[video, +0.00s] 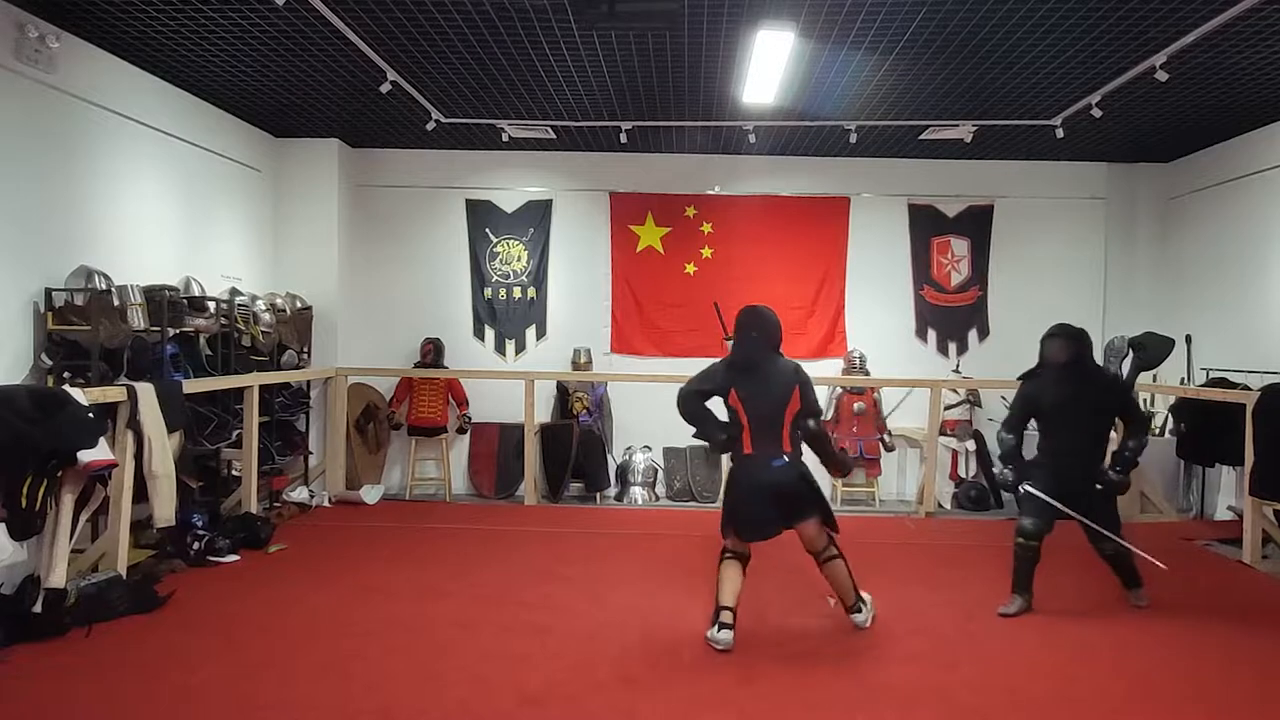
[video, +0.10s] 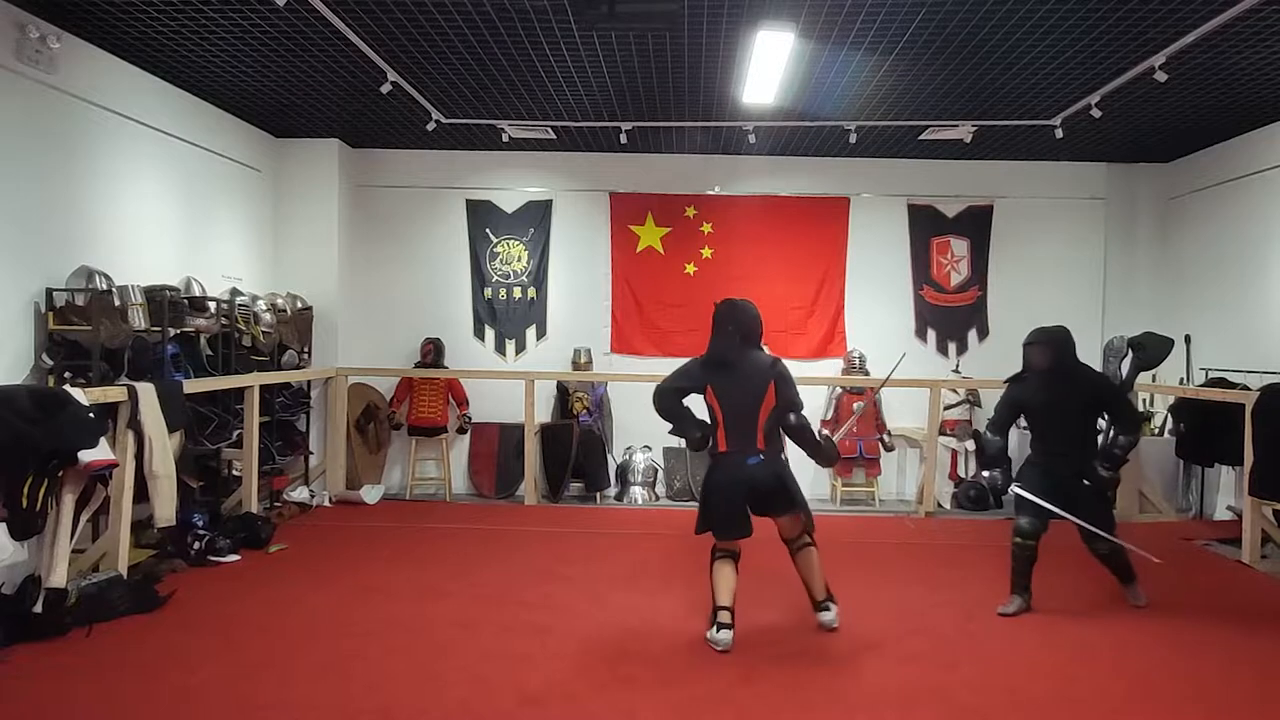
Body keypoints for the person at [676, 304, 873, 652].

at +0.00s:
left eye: (737, 334)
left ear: (739, 335)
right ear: (775, 335)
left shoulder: (726, 369)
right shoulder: (794, 372)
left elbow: (687, 399)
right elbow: (811, 424)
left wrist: (719, 435)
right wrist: (834, 460)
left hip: (745, 478)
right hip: (790, 476)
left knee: (734, 549)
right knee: (821, 545)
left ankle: (724, 626)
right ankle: (857, 609)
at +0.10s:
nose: (762, 331)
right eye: (759, 324)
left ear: (718, 329)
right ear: (756, 327)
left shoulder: (703, 366)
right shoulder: (773, 367)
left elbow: (663, 397)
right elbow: (792, 420)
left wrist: (694, 430)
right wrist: (821, 451)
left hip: (724, 474)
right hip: (769, 471)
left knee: (725, 548)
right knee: (798, 537)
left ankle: (723, 626)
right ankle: (824, 606)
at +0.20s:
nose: (748, 323)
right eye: (744, 316)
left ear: (703, 322)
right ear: (741, 320)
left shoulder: (687, 361)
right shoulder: (755, 361)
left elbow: (647, 396)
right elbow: (778, 414)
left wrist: (679, 431)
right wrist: (813, 428)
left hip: (707, 467)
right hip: (752, 464)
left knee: (716, 540)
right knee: (772, 529)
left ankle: (722, 623)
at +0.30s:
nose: (736, 317)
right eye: (732, 311)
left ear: (690, 318)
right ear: (729, 317)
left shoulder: (674, 359)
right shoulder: (743, 360)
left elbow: (641, 399)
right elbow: (765, 411)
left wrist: (674, 424)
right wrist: (793, 395)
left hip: (690, 465)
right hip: (735, 464)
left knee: (703, 535)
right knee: (744, 532)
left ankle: (717, 611)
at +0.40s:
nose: (720, 324)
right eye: (718, 317)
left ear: (675, 321)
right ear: (714, 322)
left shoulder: (660, 364)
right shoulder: (724, 362)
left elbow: (647, 414)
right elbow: (754, 408)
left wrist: (680, 414)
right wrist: (761, 369)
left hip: (674, 466)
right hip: (717, 465)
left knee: (677, 534)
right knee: (722, 532)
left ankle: (689, 602)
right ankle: (699, 605)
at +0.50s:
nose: (701, 329)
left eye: (699, 323)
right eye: (699, 323)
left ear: (659, 322)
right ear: (693, 325)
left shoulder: (645, 366)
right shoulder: (702, 362)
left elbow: (646, 402)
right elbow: (741, 390)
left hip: (655, 464)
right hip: (699, 463)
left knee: (653, 530)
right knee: (716, 529)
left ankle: (647, 594)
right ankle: (699, 606)